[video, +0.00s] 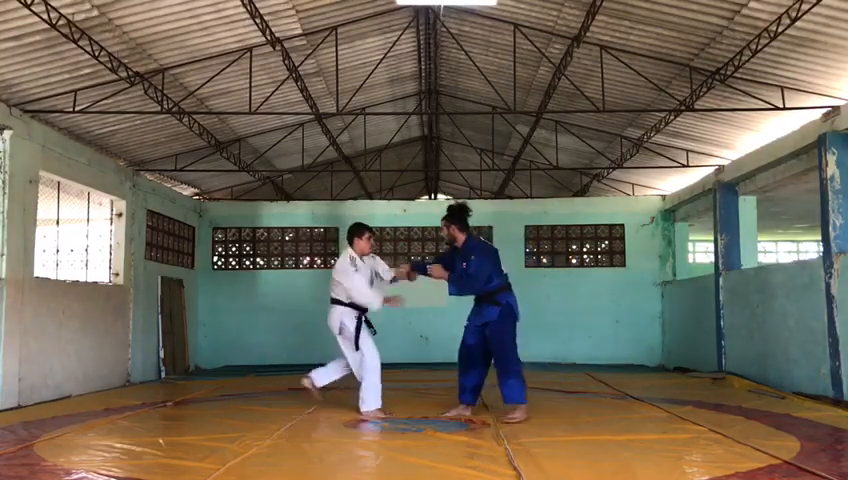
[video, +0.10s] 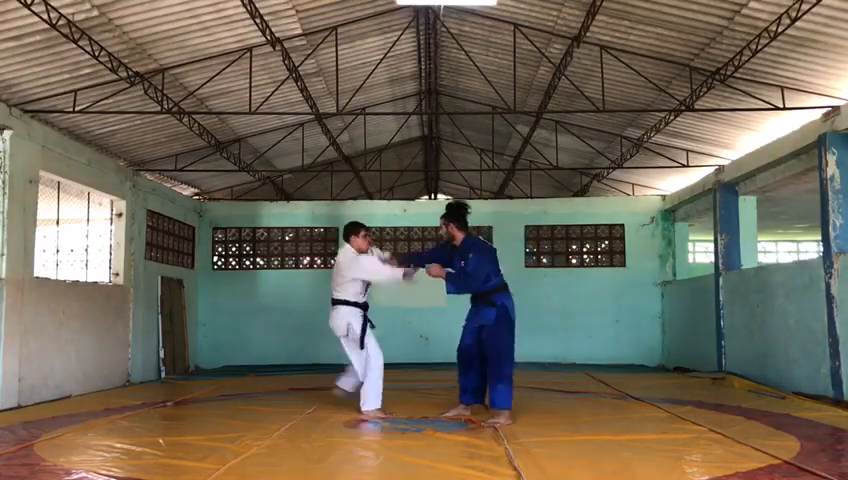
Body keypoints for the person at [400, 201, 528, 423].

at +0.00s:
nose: (444, 233)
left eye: (445, 228)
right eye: (443, 228)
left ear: (453, 228)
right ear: (458, 227)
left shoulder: (481, 249)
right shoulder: (457, 251)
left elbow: (477, 283)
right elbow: (438, 266)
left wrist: (447, 276)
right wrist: (413, 268)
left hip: (501, 305)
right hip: (481, 305)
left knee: (504, 353)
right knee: (470, 352)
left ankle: (520, 406)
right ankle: (465, 405)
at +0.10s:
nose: (442, 231)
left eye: (443, 226)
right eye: (442, 226)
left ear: (451, 226)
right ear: (458, 225)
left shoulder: (479, 248)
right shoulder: (452, 249)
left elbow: (473, 281)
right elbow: (427, 257)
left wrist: (444, 274)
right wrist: (398, 261)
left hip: (498, 305)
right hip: (479, 305)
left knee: (498, 355)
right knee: (467, 351)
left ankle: (503, 412)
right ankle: (466, 405)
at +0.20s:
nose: (440, 230)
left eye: (441, 225)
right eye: (440, 226)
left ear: (448, 225)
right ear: (457, 224)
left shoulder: (477, 249)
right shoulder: (449, 247)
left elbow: (470, 283)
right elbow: (422, 244)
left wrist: (442, 277)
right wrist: (393, 245)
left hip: (493, 305)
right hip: (473, 305)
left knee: (492, 355)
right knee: (460, 349)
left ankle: (503, 411)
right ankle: (463, 404)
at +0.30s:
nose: (435, 224)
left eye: (436, 220)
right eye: (436, 220)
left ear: (443, 220)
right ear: (453, 220)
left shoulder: (472, 248)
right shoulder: (442, 243)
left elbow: (468, 283)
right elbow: (416, 239)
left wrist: (439, 281)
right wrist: (389, 235)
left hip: (485, 304)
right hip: (465, 304)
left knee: (489, 355)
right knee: (457, 352)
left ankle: (501, 410)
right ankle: (462, 404)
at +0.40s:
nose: (430, 222)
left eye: (431, 218)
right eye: (431, 218)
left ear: (438, 219)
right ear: (447, 218)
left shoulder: (466, 246)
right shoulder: (438, 240)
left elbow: (467, 281)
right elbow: (411, 234)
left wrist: (437, 283)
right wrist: (384, 230)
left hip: (476, 303)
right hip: (458, 303)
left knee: (474, 352)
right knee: (452, 352)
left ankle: (490, 403)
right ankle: (461, 403)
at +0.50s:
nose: (425, 220)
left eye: (426, 216)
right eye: (425, 217)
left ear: (432, 218)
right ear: (441, 217)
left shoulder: (461, 246)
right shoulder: (432, 237)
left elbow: (462, 283)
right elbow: (407, 230)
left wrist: (433, 285)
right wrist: (380, 223)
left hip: (467, 303)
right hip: (453, 302)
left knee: (456, 350)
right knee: (447, 350)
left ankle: (463, 405)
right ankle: (458, 403)